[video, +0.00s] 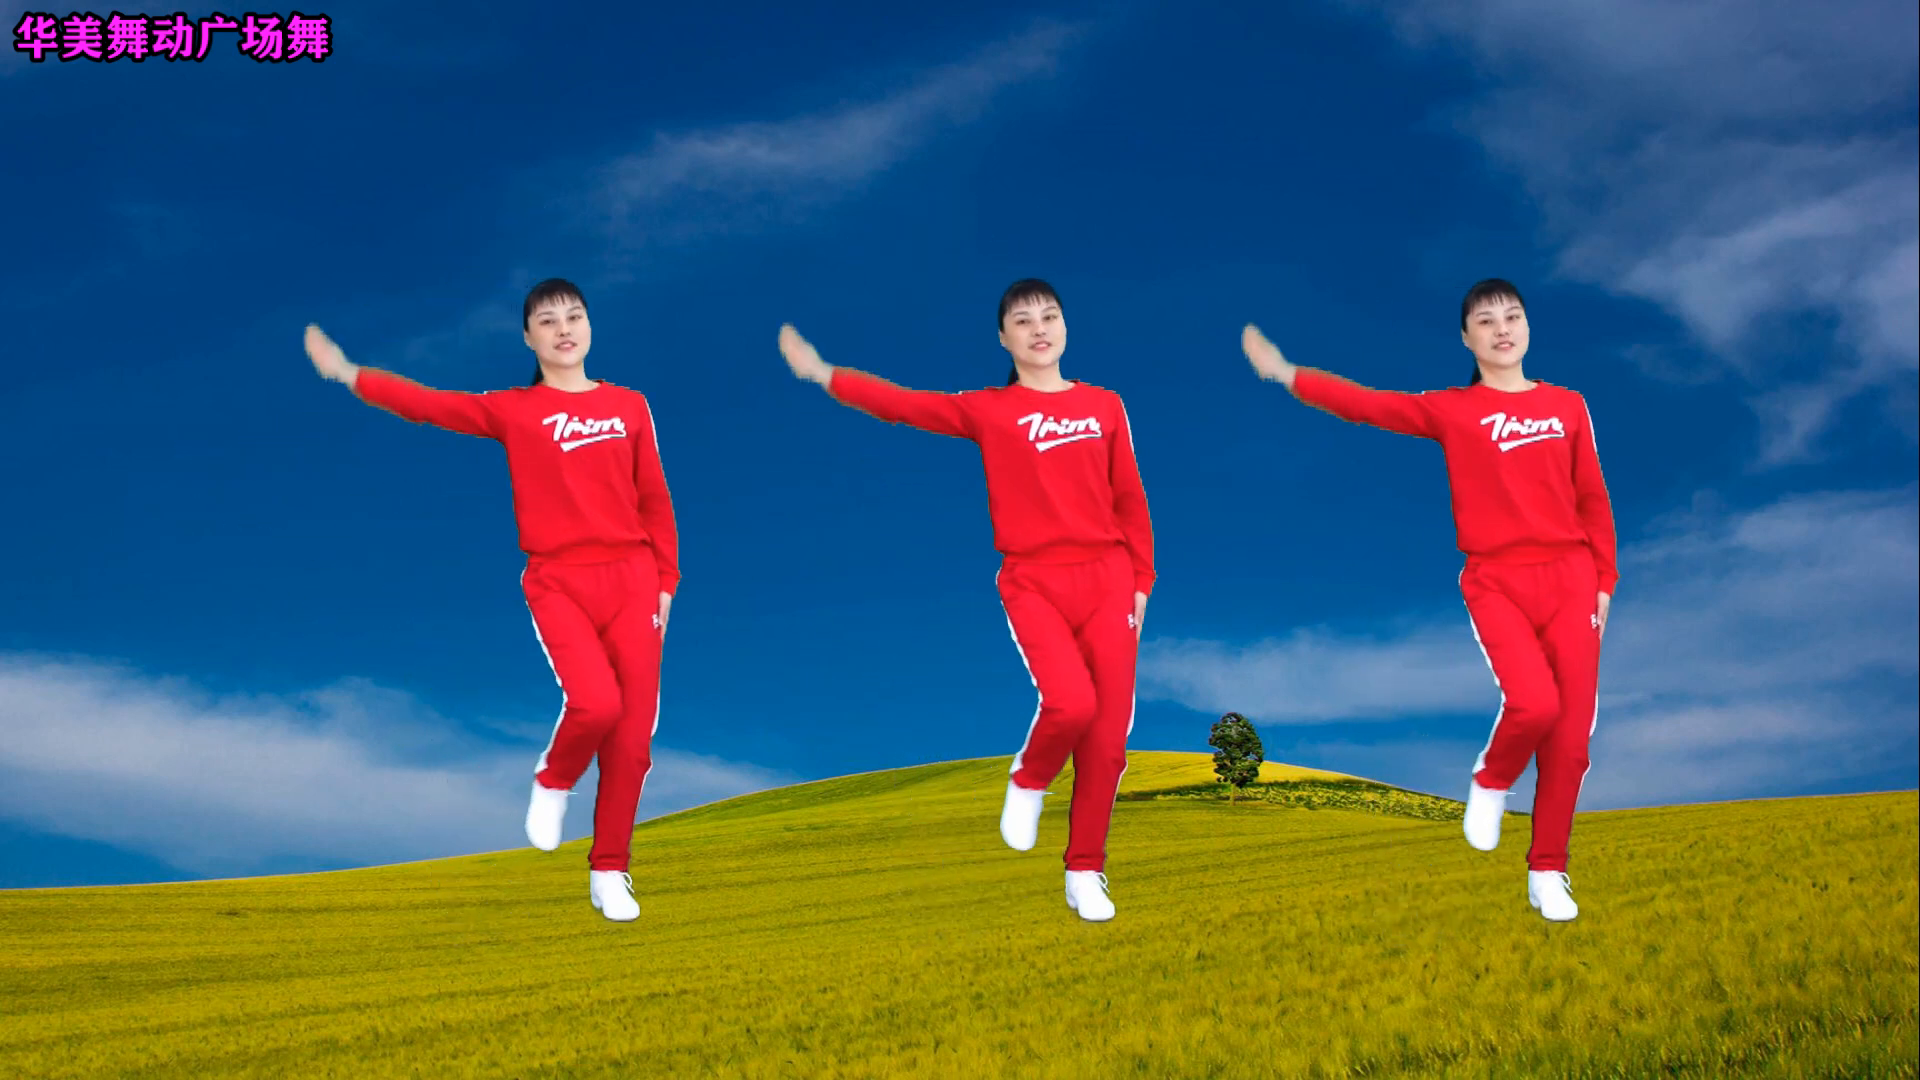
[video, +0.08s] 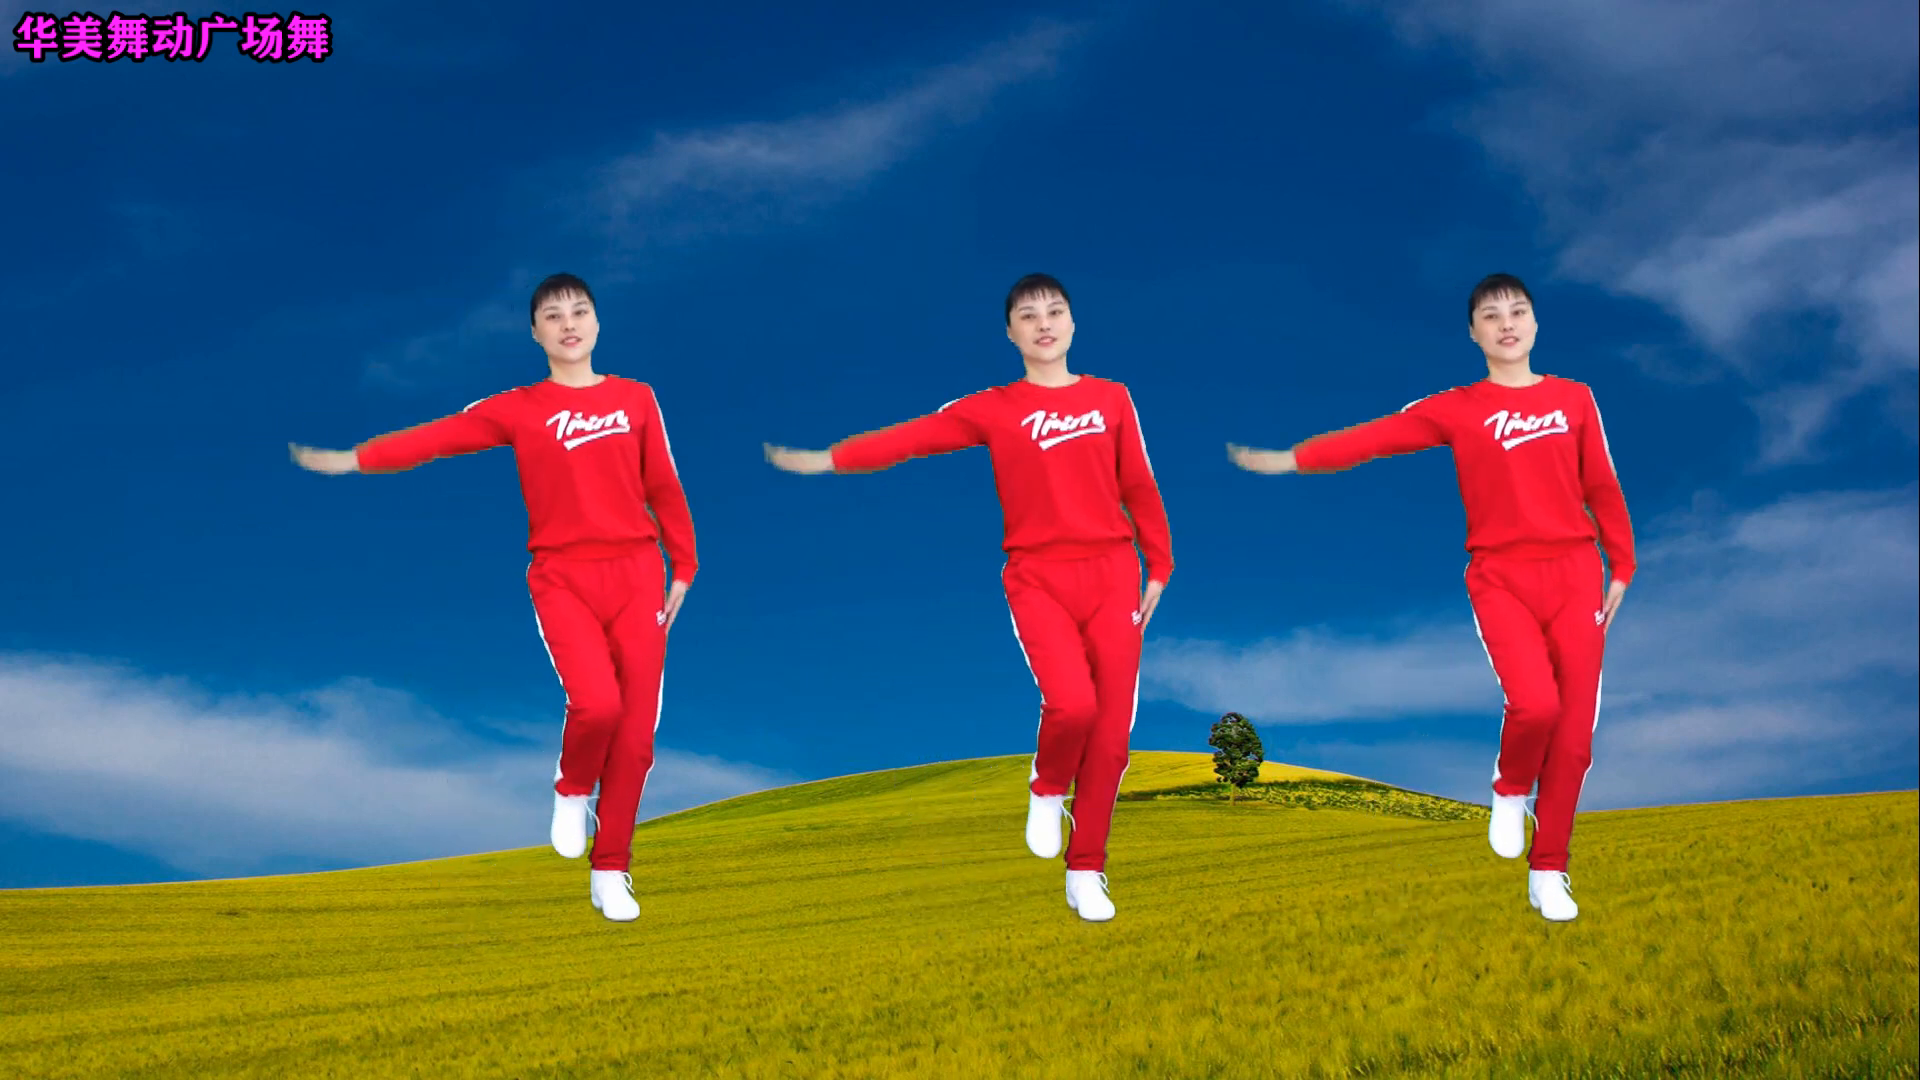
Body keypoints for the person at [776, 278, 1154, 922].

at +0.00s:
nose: (1038, 328)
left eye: (1048, 318)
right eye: (1024, 321)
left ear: (1065, 328)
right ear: (1006, 337)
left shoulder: (1104, 405)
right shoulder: (987, 407)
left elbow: (1133, 501)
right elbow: (900, 403)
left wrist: (1142, 580)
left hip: (1107, 575)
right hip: (1032, 579)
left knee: (1111, 731)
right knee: (1073, 706)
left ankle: (1085, 868)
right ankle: (1028, 784)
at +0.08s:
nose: (1044, 324)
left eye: (1054, 313)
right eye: (1029, 316)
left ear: (1071, 323)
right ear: (1012, 332)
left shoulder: (1112, 398)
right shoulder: (992, 407)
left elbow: (1141, 488)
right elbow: (910, 437)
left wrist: (1159, 568)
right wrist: (825, 458)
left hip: (1113, 570)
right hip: (1037, 575)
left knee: (1115, 726)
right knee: (1074, 706)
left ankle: (1086, 867)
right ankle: (1049, 791)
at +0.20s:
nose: (1048, 305)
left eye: (1060, 294)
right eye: (1035, 297)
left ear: (1079, 305)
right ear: (1019, 313)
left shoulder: (1116, 374)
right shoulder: (1002, 390)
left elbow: (1166, 451)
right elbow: (954, 467)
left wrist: (1205, 524)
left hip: (1112, 559)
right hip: (1036, 563)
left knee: (1107, 719)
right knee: (1059, 716)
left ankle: (1094, 863)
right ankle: (1054, 826)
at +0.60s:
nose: (1029, 322)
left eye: (1044, 311)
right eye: (1025, 313)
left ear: (1080, 324)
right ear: (1022, 330)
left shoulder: (1109, 402)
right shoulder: (1007, 412)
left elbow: (1150, 486)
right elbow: (985, 502)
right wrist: (968, 575)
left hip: (1097, 579)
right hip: (1023, 582)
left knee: (1096, 729)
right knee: (1016, 721)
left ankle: (1087, 867)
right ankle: (1031, 835)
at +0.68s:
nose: (1023, 323)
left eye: (1038, 312)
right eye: (1020, 315)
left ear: (1075, 324)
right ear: (1019, 331)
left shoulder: (1103, 398)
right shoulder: (1007, 413)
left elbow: (1097, 488)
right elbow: (986, 503)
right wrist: (971, 578)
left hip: (1095, 576)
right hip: (1024, 578)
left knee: (1095, 728)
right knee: (997, 709)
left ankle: (1087, 866)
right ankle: (1007, 820)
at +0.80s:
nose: (1011, 306)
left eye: (1026, 294)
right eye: (1008, 297)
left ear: (1066, 304)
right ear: (1009, 313)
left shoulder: (1095, 369)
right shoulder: (993, 393)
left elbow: (1031, 386)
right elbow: (979, 484)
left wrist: (943, 406)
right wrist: (967, 561)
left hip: (1080, 558)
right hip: (1006, 561)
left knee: (1085, 719)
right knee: (967, 699)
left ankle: (1089, 862)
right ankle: (959, 828)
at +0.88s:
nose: (1004, 293)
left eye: (1019, 282)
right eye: (1000, 286)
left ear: (1057, 294)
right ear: (999, 299)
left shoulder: (1084, 358)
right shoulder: (986, 386)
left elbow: (1025, 331)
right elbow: (967, 476)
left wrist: (943, 316)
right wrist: (956, 554)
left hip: (1066, 552)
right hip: (994, 555)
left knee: (1078, 713)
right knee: (952, 704)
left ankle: (1091, 860)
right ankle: (924, 844)